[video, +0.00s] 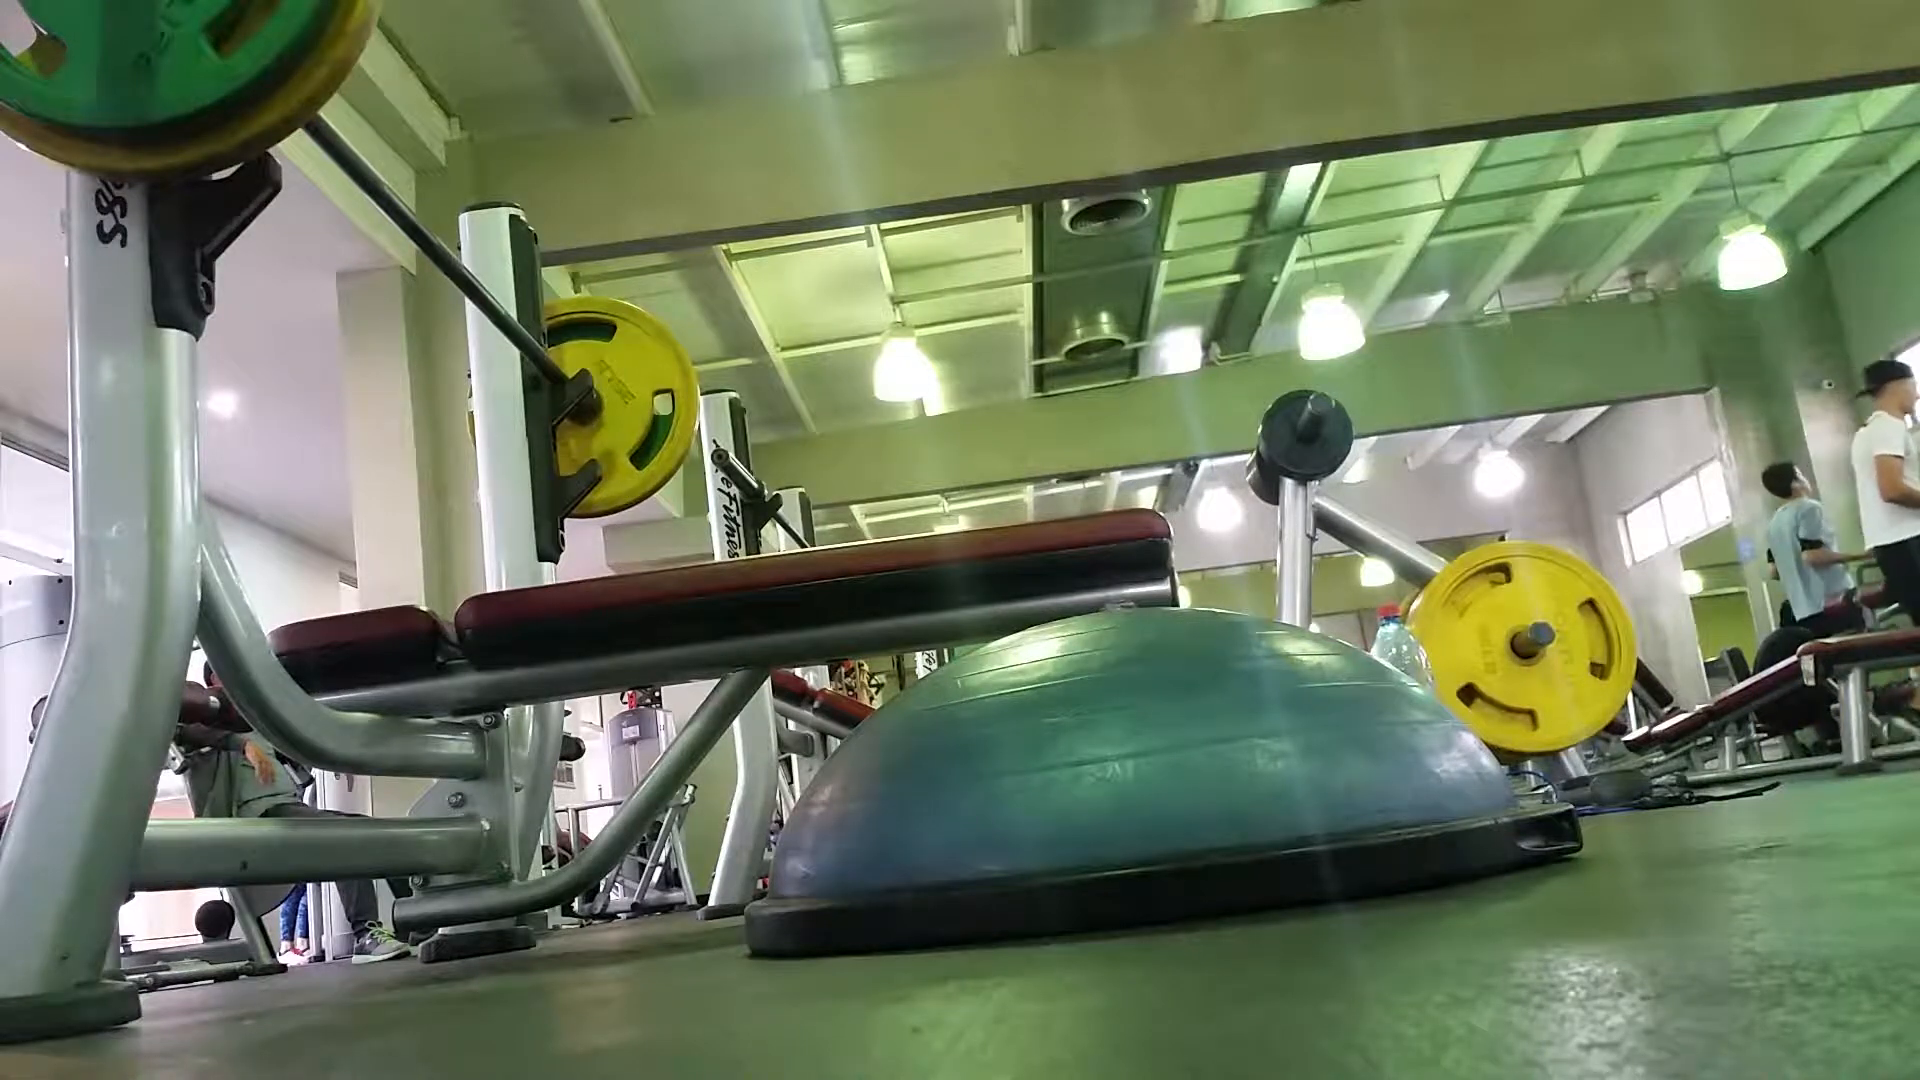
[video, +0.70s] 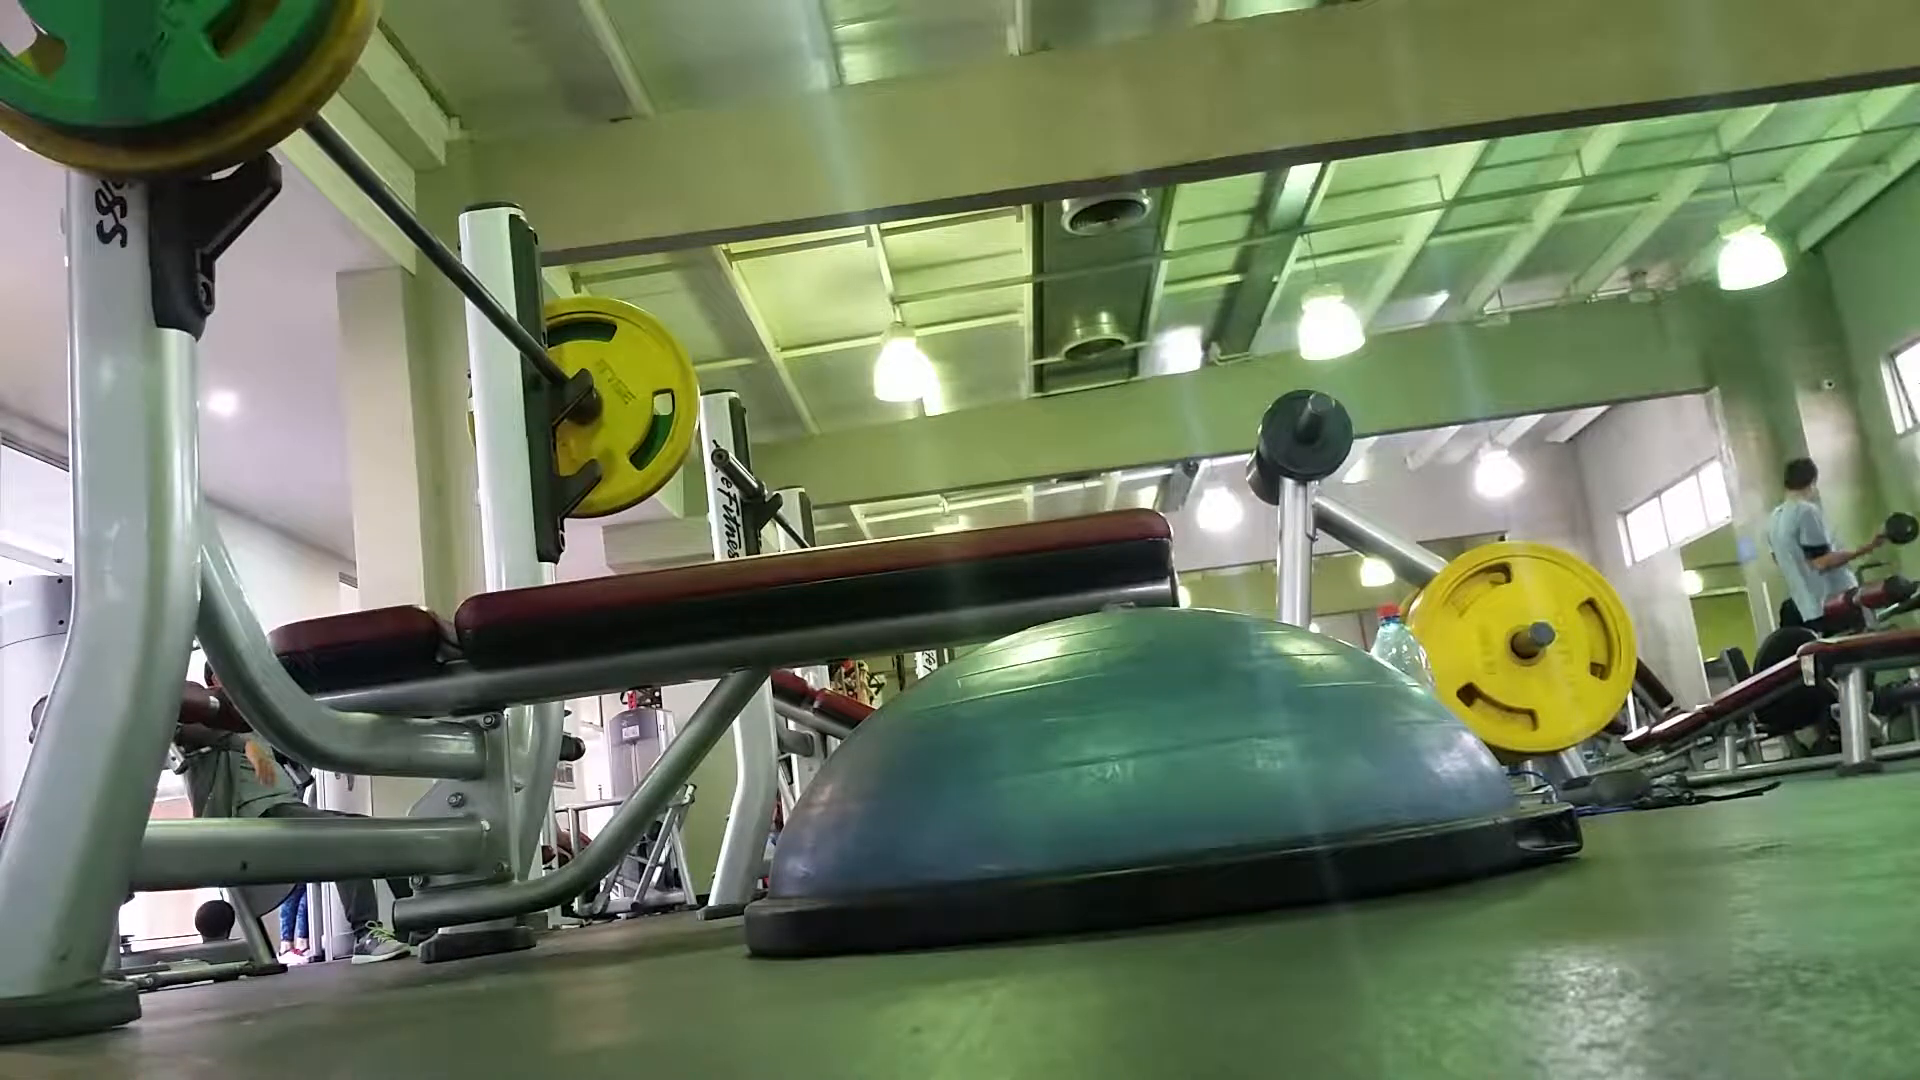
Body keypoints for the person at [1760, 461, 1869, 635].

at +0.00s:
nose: (1806, 478)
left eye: (1802, 473)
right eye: (1800, 475)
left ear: (1777, 490)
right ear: (1794, 483)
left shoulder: (1775, 521)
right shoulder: (1808, 508)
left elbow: (1774, 571)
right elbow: (1812, 555)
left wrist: (1804, 573)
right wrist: (1860, 556)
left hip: (1805, 614)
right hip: (1835, 606)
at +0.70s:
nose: (1816, 487)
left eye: (1815, 481)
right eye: (1815, 482)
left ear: (1787, 483)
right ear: (1811, 483)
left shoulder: (1775, 516)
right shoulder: (1806, 512)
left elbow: (1778, 559)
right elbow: (1821, 561)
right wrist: (1866, 548)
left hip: (1810, 612)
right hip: (1836, 607)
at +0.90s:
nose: (1810, 489)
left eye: (1810, 483)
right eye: (1810, 484)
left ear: (1780, 485)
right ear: (1805, 486)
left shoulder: (1769, 520)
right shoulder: (1805, 512)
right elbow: (1833, 556)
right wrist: (1864, 529)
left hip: (1810, 612)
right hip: (1838, 605)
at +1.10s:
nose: (1814, 486)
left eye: (1812, 480)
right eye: (1812, 480)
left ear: (1784, 486)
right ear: (1808, 483)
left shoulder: (1773, 520)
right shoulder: (1810, 509)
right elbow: (1839, 551)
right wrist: (1855, 511)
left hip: (1810, 609)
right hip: (1838, 604)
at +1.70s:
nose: (1811, 476)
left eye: (1807, 471)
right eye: (1806, 472)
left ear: (1784, 486)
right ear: (1798, 480)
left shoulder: (1776, 519)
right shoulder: (1811, 508)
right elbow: (1849, 545)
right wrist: (1839, 503)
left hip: (1811, 608)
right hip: (1838, 601)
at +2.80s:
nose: (1810, 477)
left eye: (1807, 472)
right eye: (1806, 472)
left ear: (1781, 484)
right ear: (1797, 478)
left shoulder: (1775, 517)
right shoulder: (1806, 509)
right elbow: (1832, 551)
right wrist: (1847, 512)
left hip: (1807, 606)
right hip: (1834, 599)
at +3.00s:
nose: (1810, 477)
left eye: (1806, 472)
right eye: (1804, 473)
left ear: (1781, 488)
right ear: (1798, 481)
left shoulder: (1775, 520)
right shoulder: (1806, 506)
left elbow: (1781, 564)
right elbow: (1815, 555)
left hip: (1808, 610)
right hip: (1835, 602)